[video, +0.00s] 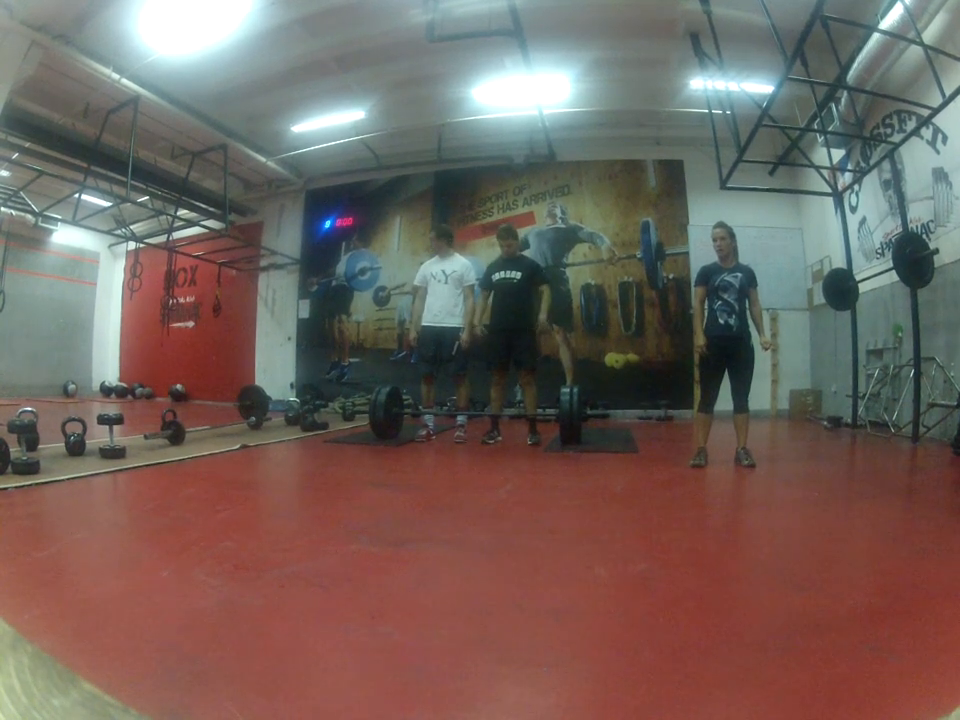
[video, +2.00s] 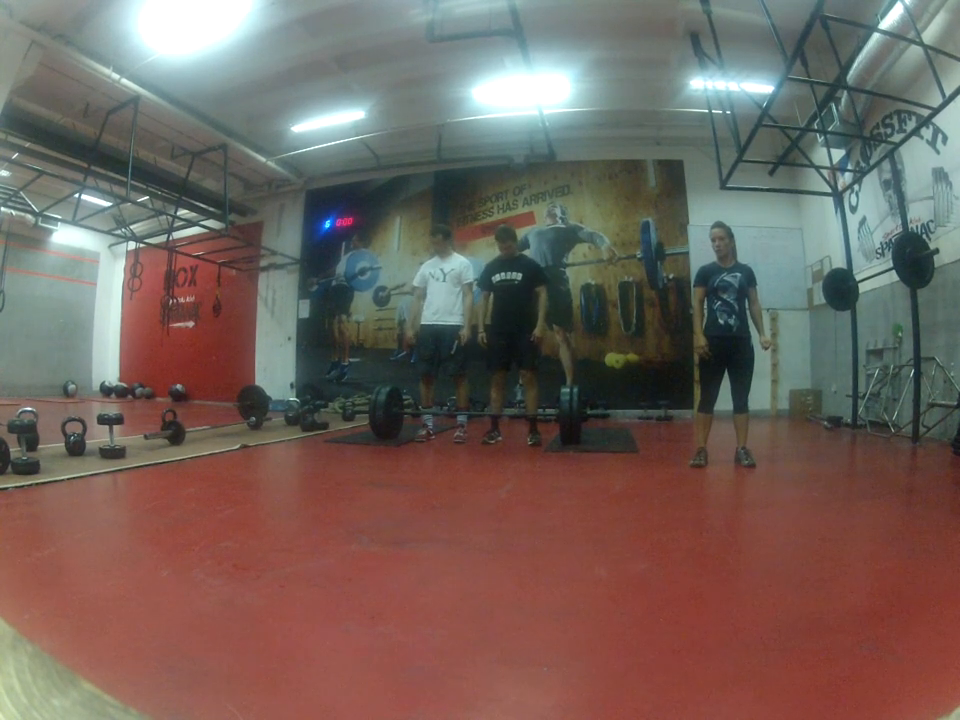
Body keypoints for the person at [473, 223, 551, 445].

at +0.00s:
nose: (508, 249)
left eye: (511, 245)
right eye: (504, 245)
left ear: (518, 243)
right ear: (498, 245)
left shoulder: (531, 266)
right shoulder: (493, 267)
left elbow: (545, 291)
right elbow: (484, 297)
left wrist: (542, 317)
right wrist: (477, 323)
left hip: (525, 329)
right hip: (498, 330)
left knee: (527, 378)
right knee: (498, 378)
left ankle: (532, 428)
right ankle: (494, 428)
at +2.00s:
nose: (505, 248)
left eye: (508, 243)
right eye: (501, 244)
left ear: (515, 242)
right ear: (496, 244)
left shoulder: (530, 265)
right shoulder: (491, 267)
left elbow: (542, 294)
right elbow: (484, 299)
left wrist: (540, 325)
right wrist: (481, 327)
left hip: (525, 330)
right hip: (499, 329)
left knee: (528, 377)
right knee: (497, 378)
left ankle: (533, 429)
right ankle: (494, 428)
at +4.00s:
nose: (506, 246)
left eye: (510, 242)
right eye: (505, 242)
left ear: (520, 240)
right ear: (503, 241)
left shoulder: (535, 263)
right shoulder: (498, 262)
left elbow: (548, 291)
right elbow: (489, 292)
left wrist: (548, 316)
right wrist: (483, 314)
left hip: (528, 327)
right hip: (503, 327)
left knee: (530, 378)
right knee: (499, 377)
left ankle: (533, 429)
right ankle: (495, 428)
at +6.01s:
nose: (507, 263)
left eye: (510, 259)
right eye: (503, 259)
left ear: (517, 254)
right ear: (497, 256)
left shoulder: (530, 272)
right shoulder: (492, 272)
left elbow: (542, 304)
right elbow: (482, 306)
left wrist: (542, 337)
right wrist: (482, 341)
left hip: (527, 333)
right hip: (502, 334)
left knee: (530, 378)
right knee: (500, 379)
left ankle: (533, 429)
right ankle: (495, 428)